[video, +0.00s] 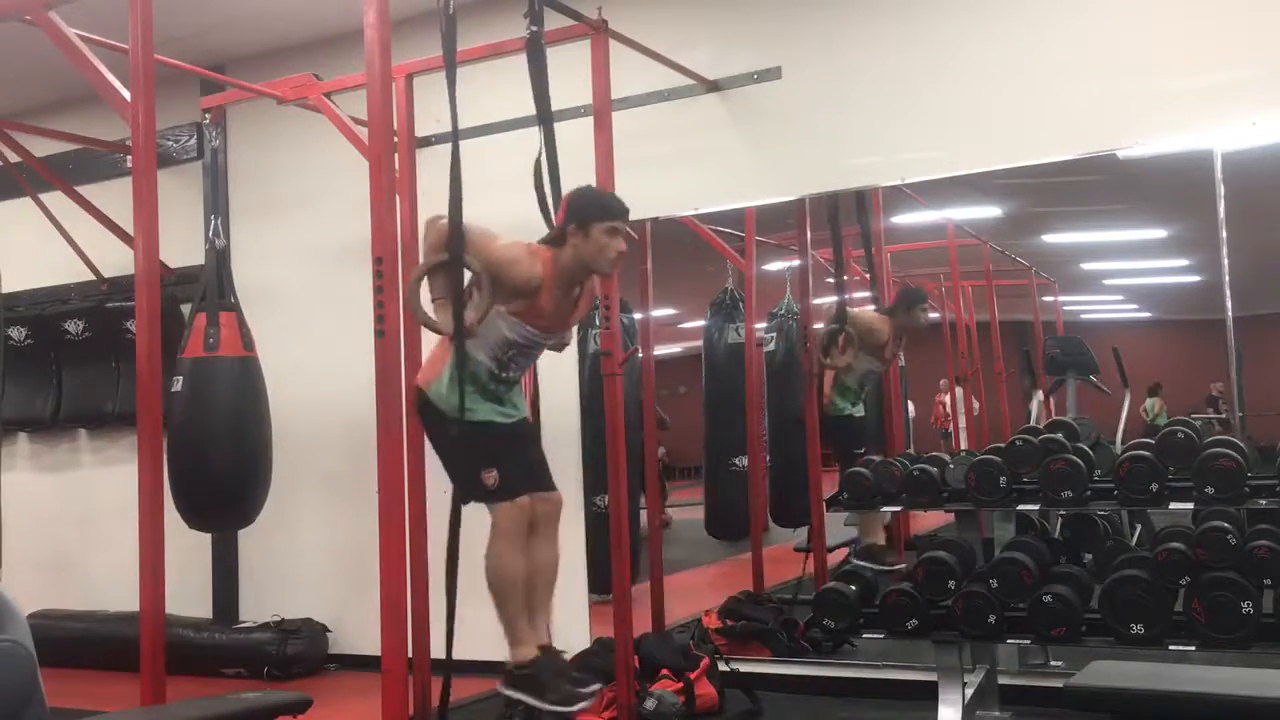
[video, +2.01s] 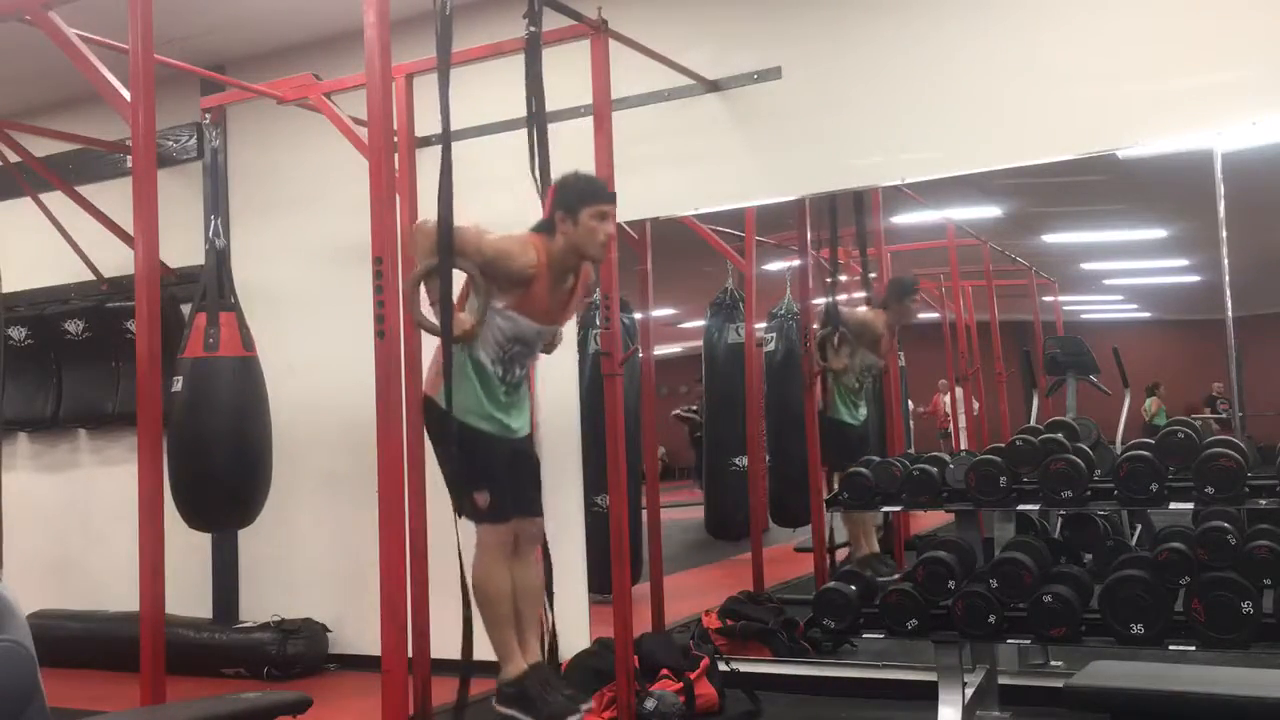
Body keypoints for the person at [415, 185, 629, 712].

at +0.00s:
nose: (623, 246)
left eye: (624, 235)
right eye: (612, 234)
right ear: (574, 234)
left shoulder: (586, 288)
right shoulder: (522, 267)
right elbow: (440, 229)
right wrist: (435, 304)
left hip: (504, 394)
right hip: (455, 391)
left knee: (546, 506)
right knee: (512, 509)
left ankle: (540, 652)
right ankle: (521, 662)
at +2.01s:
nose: (611, 230)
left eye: (612, 219)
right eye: (600, 220)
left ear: (597, 225)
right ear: (563, 221)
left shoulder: (582, 274)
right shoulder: (519, 257)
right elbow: (429, 233)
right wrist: (421, 309)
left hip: (511, 402)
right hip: (461, 399)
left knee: (528, 531)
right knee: (497, 531)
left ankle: (533, 666)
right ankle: (509, 674)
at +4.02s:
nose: (473, 388)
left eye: (472, 379)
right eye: (460, 380)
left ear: (469, 383)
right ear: (436, 391)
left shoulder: (499, 425)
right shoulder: (432, 428)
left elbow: (568, 406)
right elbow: (480, 405)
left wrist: (552, 344)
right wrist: (480, 338)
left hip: (550, 569)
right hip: (504, 589)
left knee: (648, 590)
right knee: (622, 605)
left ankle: (768, 644)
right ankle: (764, 653)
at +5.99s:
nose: (577, 92)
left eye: (579, 82)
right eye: (566, 81)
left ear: (570, 91)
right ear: (530, 85)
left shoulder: (565, 160)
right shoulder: (500, 148)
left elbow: (540, 245)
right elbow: (440, 228)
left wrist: (548, 313)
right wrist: (433, 305)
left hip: (520, 327)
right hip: (475, 322)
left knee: (508, 442)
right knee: (480, 441)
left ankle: (489, 570)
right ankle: (458, 573)